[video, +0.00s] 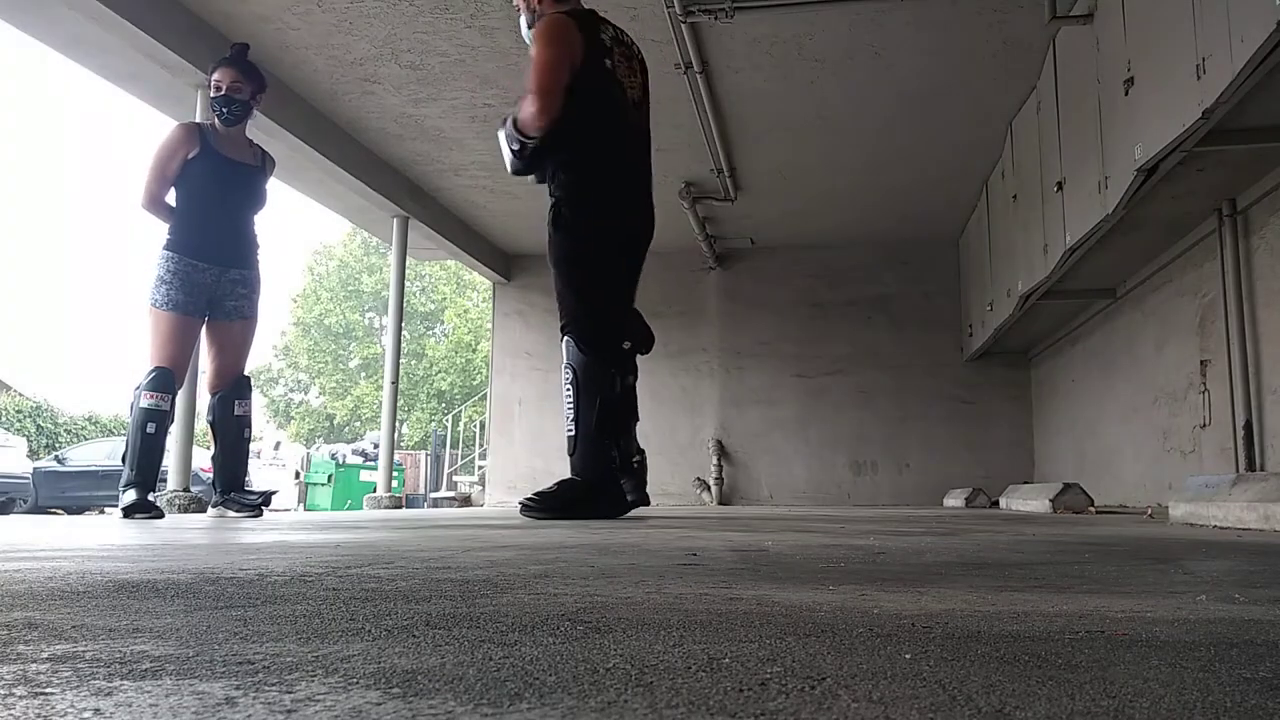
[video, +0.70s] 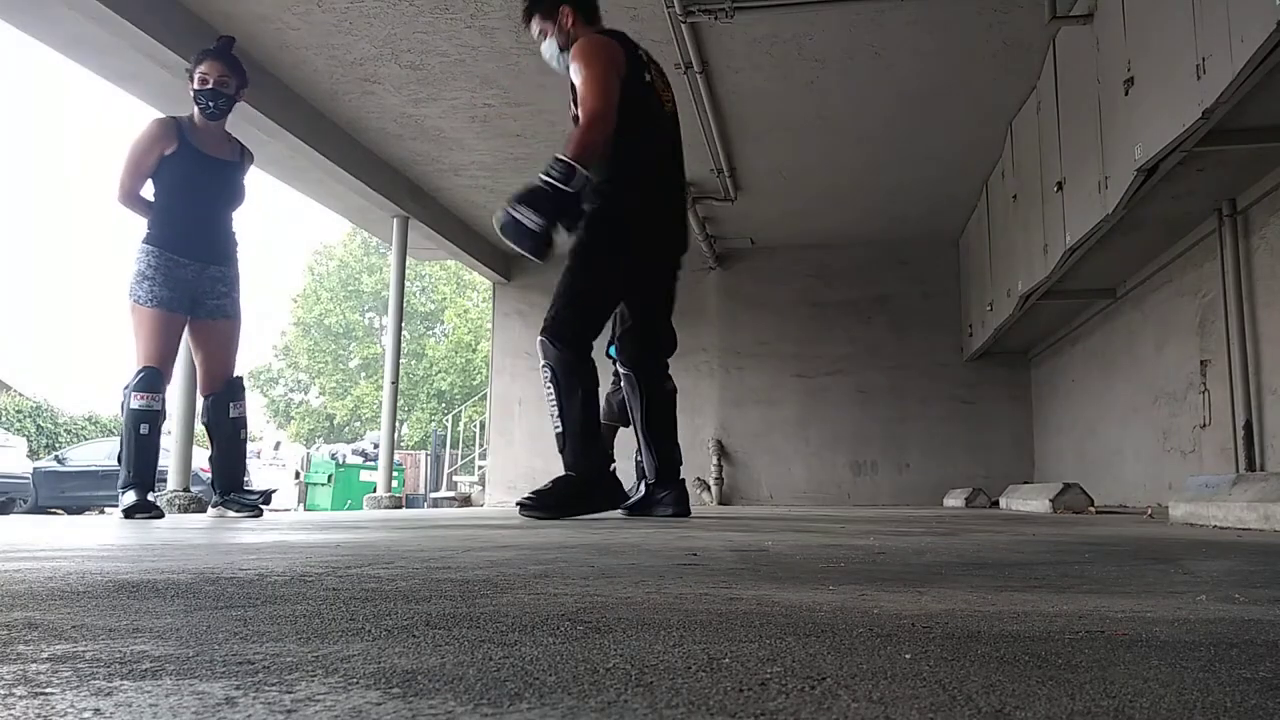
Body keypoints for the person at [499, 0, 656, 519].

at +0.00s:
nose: (518, 12)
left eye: (518, 4)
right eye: (516, 6)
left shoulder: (555, 25)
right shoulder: (621, 40)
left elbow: (539, 113)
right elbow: (613, 130)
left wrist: (513, 125)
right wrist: (539, 145)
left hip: (586, 207)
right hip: (629, 206)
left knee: (589, 339)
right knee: (611, 338)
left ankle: (594, 480)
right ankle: (623, 474)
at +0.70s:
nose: (543, 45)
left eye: (542, 33)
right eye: (538, 38)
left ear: (566, 14)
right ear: (580, 15)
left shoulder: (592, 47)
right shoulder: (643, 65)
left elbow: (596, 120)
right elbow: (646, 153)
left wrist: (553, 185)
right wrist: (590, 200)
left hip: (622, 219)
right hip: (662, 221)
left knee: (561, 338)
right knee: (641, 350)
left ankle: (587, 475)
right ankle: (660, 484)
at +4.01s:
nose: (587, 20)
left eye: (589, 10)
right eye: (585, 14)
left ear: (614, 2)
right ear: (608, 16)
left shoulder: (646, 31)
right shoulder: (622, 55)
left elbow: (588, 80)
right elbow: (574, 124)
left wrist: (554, 28)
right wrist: (542, 58)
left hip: (641, 213)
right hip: (623, 217)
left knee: (625, 343)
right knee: (618, 344)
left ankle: (650, 482)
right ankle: (638, 477)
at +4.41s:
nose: (563, 28)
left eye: (565, 14)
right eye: (558, 20)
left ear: (595, 7)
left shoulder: (634, 46)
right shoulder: (597, 73)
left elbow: (598, 102)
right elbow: (546, 131)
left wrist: (549, 54)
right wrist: (519, 63)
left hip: (614, 216)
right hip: (603, 219)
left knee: (536, 294)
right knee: (609, 353)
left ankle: (553, 439)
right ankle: (639, 484)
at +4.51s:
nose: (543, 27)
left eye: (551, 14)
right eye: (539, 19)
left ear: (585, 8)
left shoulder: (618, 47)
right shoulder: (581, 73)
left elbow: (590, 112)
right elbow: (541, 140)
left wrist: (535, 57)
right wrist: (515, 75)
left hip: (605, 218)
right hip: (596, 223)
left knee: (537, 309)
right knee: (600, 354)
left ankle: (527, 455)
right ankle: (638, 482)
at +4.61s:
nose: (529, 31)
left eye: (536, 18)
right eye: (525, 23)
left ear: (570, 10)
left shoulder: (603, 54)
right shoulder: (573, 79)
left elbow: (570, 120)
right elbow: (530, 151)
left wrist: (519, 69)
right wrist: (502, 92)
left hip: (595, 230)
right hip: (578, 233)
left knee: (527, 323)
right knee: (580, 366)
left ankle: (524, 469)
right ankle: (633, 481)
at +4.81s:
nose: (519, 16)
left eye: (524, 6)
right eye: (515, 11)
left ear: (550, 2)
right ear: (525, 20)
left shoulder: (593, 40)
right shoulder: (535, 67)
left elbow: (551, 102)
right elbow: (473, 121)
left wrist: (511, 42)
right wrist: (445, 64)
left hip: (594, 220)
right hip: (557, 227)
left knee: (534, 324)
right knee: (564, 352)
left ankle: (529, 477)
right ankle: (630, 474)